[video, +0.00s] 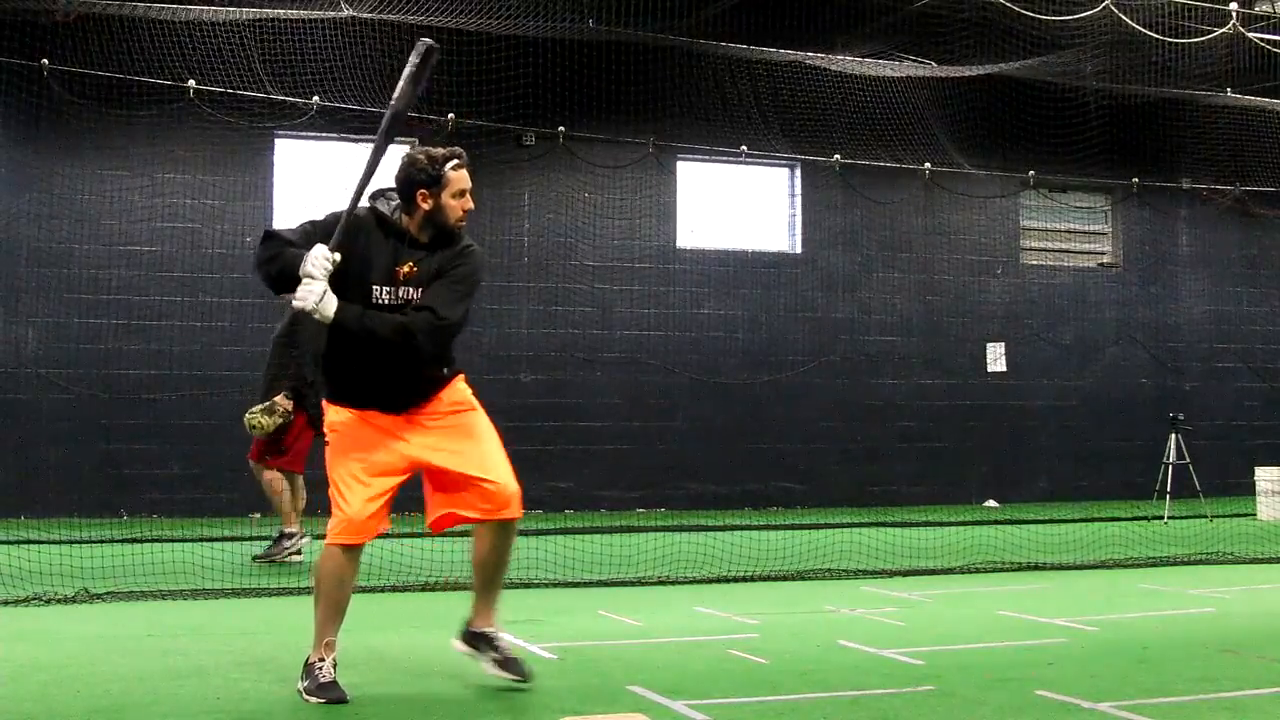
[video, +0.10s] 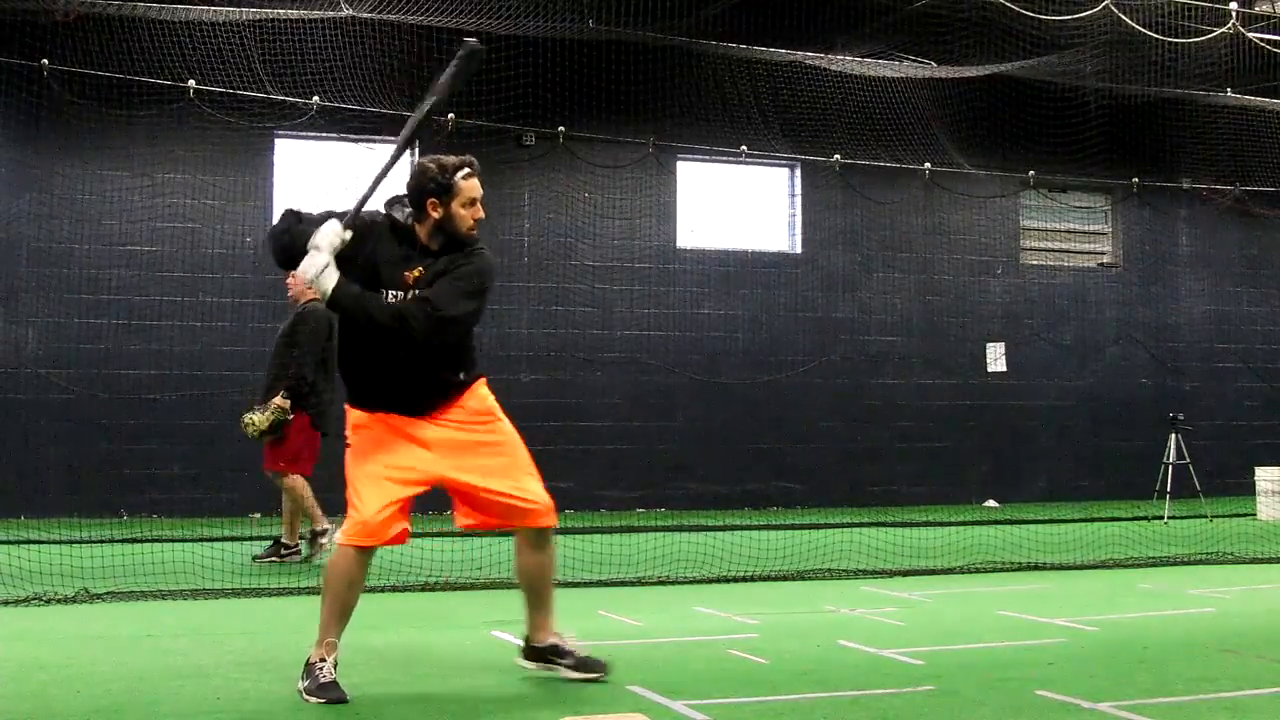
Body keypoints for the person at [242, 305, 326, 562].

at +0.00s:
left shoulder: (307, 314)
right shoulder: (306, 311)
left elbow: (306, 356)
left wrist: (288, 392)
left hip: (296, 399)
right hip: (306, 398)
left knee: (261, 461)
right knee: (291, 469)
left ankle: (290, 531)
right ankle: (294, 538)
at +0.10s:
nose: (288, 281)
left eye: (295, 277)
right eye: (290, 276)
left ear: (311, 284)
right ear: (307, 286)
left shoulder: (314, 315)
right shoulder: (307, 314)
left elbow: (304, 362)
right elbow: (300, 362)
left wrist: (285, 396)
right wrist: (275, 397)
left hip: (301, 406)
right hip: (298, 405)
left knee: (281, 468)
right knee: (289, 472)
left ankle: (321, 527)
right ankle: (289, 541)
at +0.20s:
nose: (296, 281)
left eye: (303, 277)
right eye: (298, 276)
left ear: (322, 283)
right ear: (314, 284)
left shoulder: (321, 316)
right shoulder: (310, 316)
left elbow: (307, 365)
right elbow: (295, 364)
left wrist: (284, 400)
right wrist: (274, 401)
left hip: (309, 409)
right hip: (296, 408)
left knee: (307, 475)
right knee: (293, 475)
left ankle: (342, 537)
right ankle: (289, 543)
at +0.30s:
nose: (306, 280)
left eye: (312, 275)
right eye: (307, 276)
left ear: (330, 282)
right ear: (325, 283)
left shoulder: (331, 316)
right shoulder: (318, 317)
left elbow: (315, 365)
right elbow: (298, 364)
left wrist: (290, 397)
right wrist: (281, 398)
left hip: (321, 408)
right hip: (302, 407)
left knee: (326, 477)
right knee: (297, 476)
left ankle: (349, 543)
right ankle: (289, 544)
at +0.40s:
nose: (314, 281)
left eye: (321, 276)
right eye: (316, 276)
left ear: (339, 284)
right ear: (332, 285)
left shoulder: (343, 317)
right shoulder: (327, 318)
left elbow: (327, 364)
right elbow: (308, 367)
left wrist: (300, 397)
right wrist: (290, 404)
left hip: (333, 408)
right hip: (311, 409)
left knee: (339, 478)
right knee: (303, 478)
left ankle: (353, 546)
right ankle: (289, 544)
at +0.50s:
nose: (326, 282)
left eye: (333, 277)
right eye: (325, 278)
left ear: (350, 283)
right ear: (327, 284)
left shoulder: (355, 318)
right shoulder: (333, 318)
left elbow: (347, 366)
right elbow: (325, 364)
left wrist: (320, 398)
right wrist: (311, 398)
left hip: (347, 409)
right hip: (323, 406)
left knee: (350, 478)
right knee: (308, 475)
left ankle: (354, 546)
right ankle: (294, 541)